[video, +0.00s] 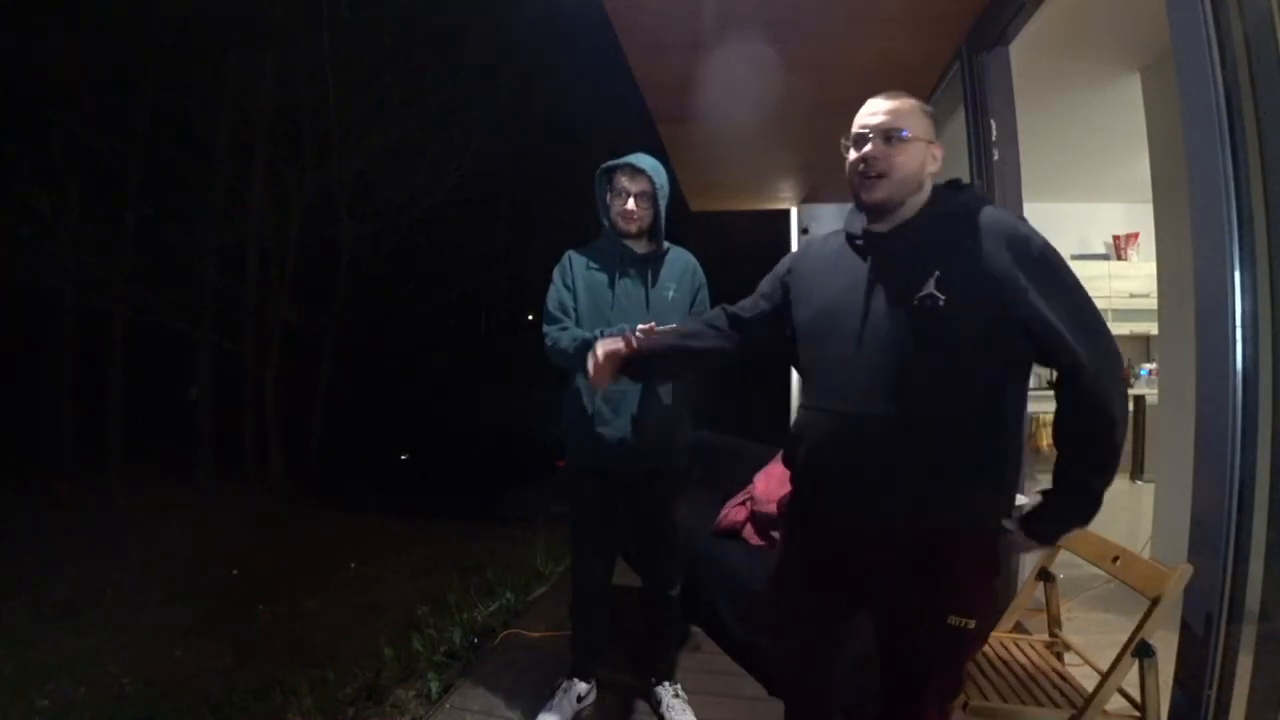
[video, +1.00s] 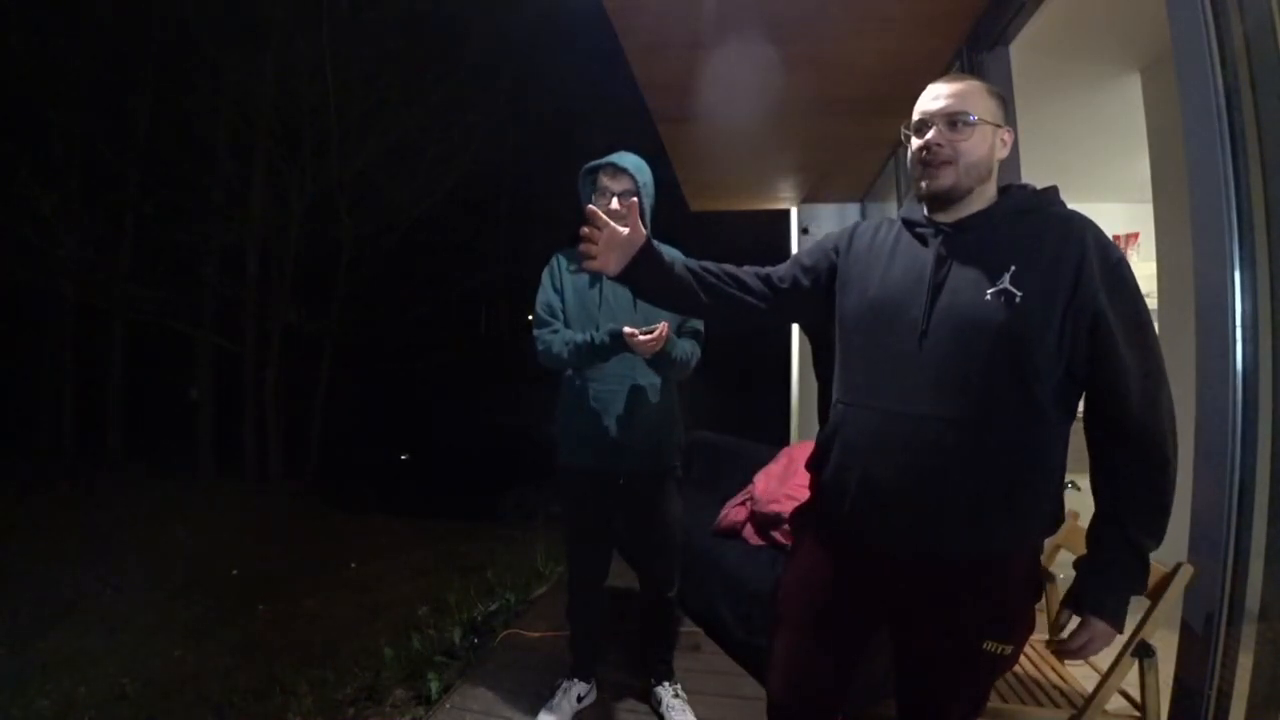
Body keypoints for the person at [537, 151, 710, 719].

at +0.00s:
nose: (630, 206)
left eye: (641, 197)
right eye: (621, 196)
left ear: (658, 203)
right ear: (606, 203)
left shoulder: (684, 268)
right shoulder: (576, 266)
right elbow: (554, 340)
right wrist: (614, 342)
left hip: (660, 443)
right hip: (593, 443)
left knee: (663, 565)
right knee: (590, 564)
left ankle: (663, 679)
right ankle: (582, 679)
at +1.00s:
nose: (616, 207)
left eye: (628, 197)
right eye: (606, 196)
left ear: (645, 203)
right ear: (588, 201)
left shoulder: (669, 266)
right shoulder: (564, 267)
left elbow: (691, 356)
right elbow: (546, 346)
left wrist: (661, 347)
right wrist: (610, 339)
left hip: (651, 446)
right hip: (585, 445)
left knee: (661, 567)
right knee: (585, 566)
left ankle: (662, 679)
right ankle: (581, 678)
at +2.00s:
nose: (629, 206)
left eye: (640, 197)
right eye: (618, 195)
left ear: (656, 203)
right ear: (601, 199)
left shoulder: (678, 264)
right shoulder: (573, 264)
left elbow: (700, 355)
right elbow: (557, 346)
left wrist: (674, 348)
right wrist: (620, 340)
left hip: (659, 441)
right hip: (592, 440)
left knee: (662, 562)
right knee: (589, 561)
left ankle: (663, 679)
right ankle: (581, 678)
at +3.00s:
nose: (632, 207)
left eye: (642, 197)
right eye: (621, 196)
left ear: (655, 204)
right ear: (599, 203)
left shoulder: (679, 269)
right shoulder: (574, 265)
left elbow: (698, 356)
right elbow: (554, 346)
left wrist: (663, 353)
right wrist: (611, 348)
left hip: (654, 444)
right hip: (587, 442)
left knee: (657, 563)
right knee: (584, 562)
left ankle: (661, 679)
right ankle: (580, 679)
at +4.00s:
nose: (644, 206)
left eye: (656, 196)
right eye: (634, 195)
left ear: (674, 202)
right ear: (616, 202)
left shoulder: (698, 271)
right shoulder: (591, 266)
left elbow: (714, 356)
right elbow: (575, 349)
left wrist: (678, 351)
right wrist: (626, 370)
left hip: (671, 448)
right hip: (604, 445)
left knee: (671, 568)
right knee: (594, 565)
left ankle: (665, 678)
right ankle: (582, 677)